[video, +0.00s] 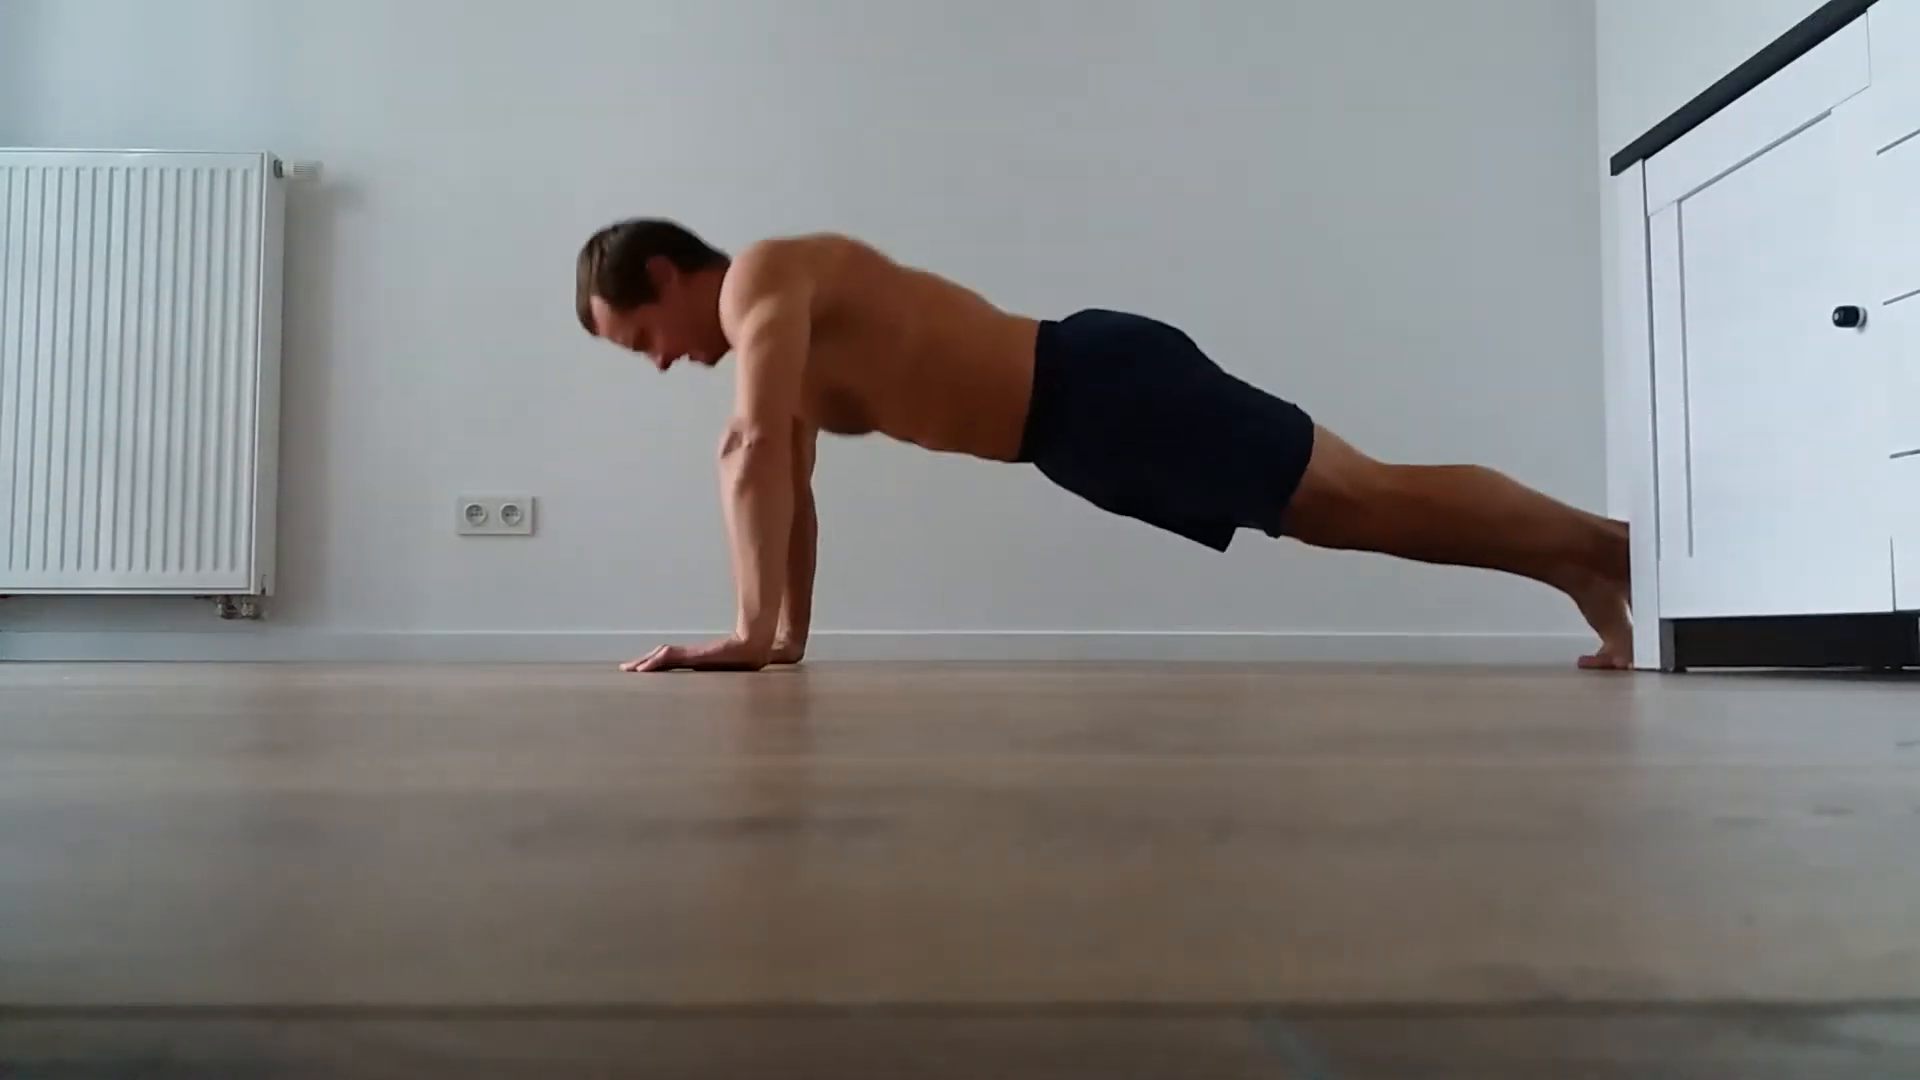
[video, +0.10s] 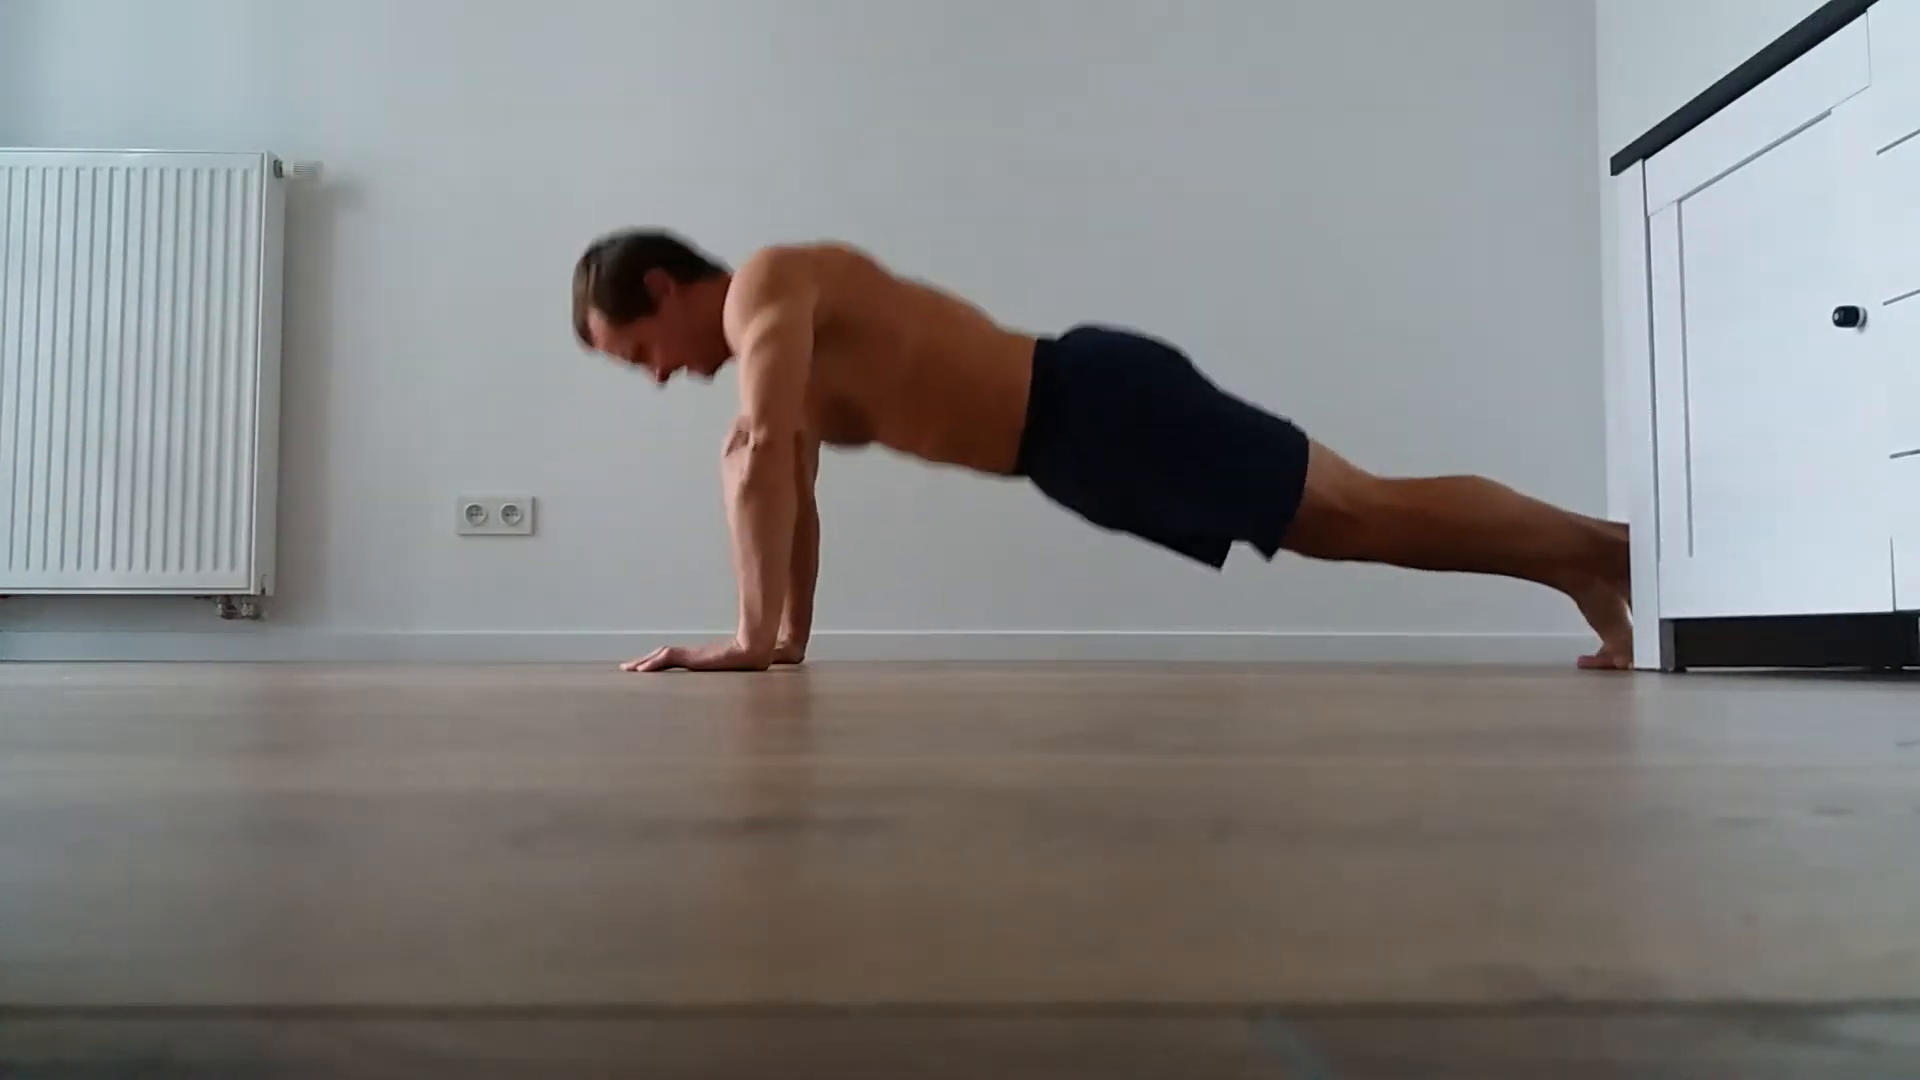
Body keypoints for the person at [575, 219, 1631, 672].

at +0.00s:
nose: (654, 358)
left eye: (640, 335)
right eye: (639, 347)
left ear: (663, 281)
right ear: (666, 296)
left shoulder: (764, 281)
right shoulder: (771, 317)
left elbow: (749, 460)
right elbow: (788, 488)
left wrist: (753, 636)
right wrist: (785, 637)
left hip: (1096, 394)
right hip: (1084, 406)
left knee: (1362, 502)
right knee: (1353, 506)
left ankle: (1602, 553)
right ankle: (1587, 564)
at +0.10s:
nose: (648, 371)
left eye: (632, 348)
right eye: (633, 358)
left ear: (658, 296)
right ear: (666, 298)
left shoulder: (769, 291)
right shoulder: (775, 311)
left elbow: (757, 468)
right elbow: (791, 489)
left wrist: (755, 640)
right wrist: (786, 636)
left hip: (1092, 414)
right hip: (1084, 413)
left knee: (1359, 518)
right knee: (1353, 515)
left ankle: (1596, 558)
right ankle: (1588, 559)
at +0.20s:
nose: (635, 457)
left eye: (621, 438)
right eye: (619, 446)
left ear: (645, 383)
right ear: (655, 382)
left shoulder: (746, 363)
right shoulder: (762, 378)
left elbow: (749, 480)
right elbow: (787, 506)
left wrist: (754, 639)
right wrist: (785, 642)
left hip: (1078, 465)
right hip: (1071, 464)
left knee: (1359, 542)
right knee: (1351, 538)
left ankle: (1592, 557)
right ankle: (1581, 556)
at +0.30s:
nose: (625, 576)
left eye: (609, 560)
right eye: (608, 568)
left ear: (623, 506)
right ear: (631, 512)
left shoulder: (720, 462)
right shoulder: (733, 475)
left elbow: (734, 469)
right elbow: (790, 620)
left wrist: (751, 639)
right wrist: (741, 643)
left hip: (1068, 530)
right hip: (1057, 532)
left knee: (1358, 576)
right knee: (1352, 570)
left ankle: (1595, 563)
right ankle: (1589, 564)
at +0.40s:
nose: (615, 640)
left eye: (603, 622)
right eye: (595, 630)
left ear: (630, 568)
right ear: (641, 563)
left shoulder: (719, 527)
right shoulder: (728, 544)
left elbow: (708, 465)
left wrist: (758, 642)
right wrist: (720, 643)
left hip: (1070, 572)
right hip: (1052, 578)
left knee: (1361, 595)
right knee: (1347, 590)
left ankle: (1594, 564)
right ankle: (1584, 568)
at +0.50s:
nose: (621, 617)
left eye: (606, 600)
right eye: (600, 608)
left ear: (627, 548)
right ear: (632, 547)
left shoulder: (724, 511)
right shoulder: (734, 522)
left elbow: (708, 463)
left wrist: (766, 640)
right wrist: (737, 644)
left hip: (1069, 556)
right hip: (1053, 554)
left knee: (1363, 584)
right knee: (1354, 578)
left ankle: (1595, 563)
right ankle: (1588, 565)